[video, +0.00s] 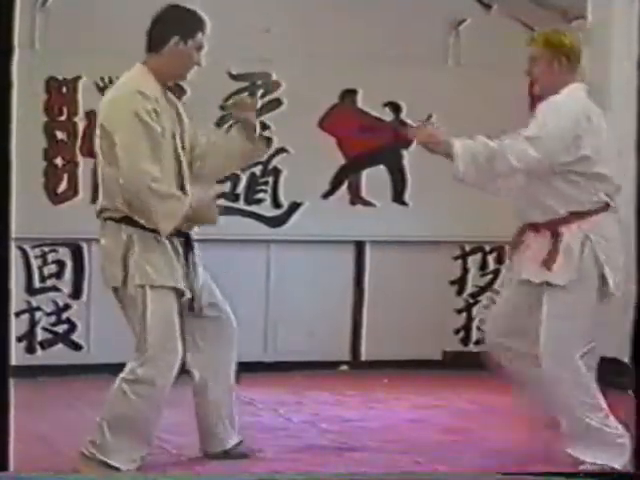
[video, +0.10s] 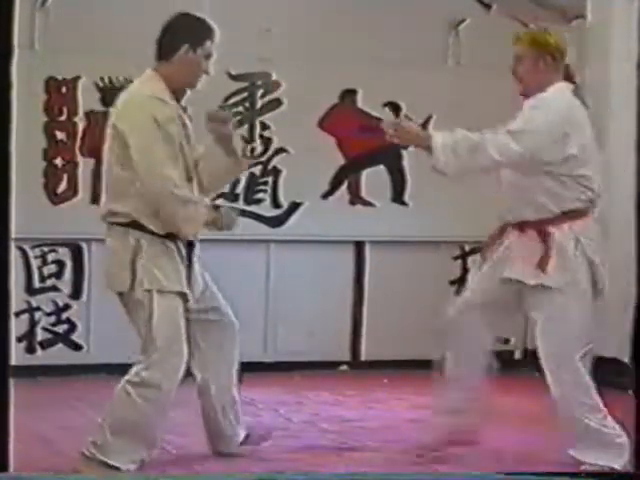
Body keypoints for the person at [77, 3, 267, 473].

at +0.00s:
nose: (198, 61)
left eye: (200, 51)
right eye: (196, 49)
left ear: (170, 47)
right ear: (173, 44)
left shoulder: (169, 103)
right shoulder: (130, 101)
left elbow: (203, 161)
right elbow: (144, 188)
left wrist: (249, 133)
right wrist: (194, 207)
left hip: (170, 240)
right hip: (134, 241)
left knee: (216, 326)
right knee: (159, 352)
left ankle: (220, 439)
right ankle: (107, 456)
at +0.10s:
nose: (206, 71)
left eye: (209, 61)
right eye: (205, 59)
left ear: (180, 55)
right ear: (183, 53)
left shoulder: (171, 108)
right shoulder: (142, 105)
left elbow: (197, 181)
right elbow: (165, 196)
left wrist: (226, 147)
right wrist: (210, 214)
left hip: (172, 247)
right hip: (141, 247)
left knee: (218, 330)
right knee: (165, 358)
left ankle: (227, 433)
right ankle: (107, 456)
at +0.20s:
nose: (224, 81)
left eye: (225, 72)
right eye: (221, 70)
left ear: (195, 64)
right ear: (201, 63)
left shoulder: (173, 105)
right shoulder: (175, 107)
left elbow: (202, 176)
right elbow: (218, 178)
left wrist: (249, 181)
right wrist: (251, 198)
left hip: (176, 249)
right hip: (159, 251)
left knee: (219, 332)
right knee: (175, 363)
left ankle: (231, 428)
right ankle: (108, 455)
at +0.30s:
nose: (240, 84)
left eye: (240, 75)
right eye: (236, 74)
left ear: (203, 70)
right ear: (216, 70)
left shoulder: (174, 103)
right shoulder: (202, 101)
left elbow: (198, 175)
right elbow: (249, 156)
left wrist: (243, 176)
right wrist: (278, 157)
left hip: (183, 248)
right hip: (178, 250)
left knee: (220, 339)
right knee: (182, 361)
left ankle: (217, 429)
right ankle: (112, 454)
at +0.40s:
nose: (275, 90)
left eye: (277, 83)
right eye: (272, 81)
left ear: (240, 78)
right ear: (253, 77)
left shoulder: (223, 117)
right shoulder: (229, 96)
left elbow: (217, 206)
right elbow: (280, 116)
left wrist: (263, 221)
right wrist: (298, 86)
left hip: (212, 243)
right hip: (192, 240)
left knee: (227, 343)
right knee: (196, 352)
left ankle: (211, 430)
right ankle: (119, 448)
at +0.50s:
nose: (294, 99)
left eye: (299, 91)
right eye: (293, 86)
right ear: (271, 71)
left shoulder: (260, 141)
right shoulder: (229, 93)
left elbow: (261, 226)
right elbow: (242, 103)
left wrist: (313, 219)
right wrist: (272, 83)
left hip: (227, 243)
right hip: (198, 232)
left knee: (233, 340)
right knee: (215, 344)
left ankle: (214, 428)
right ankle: (150, 445)